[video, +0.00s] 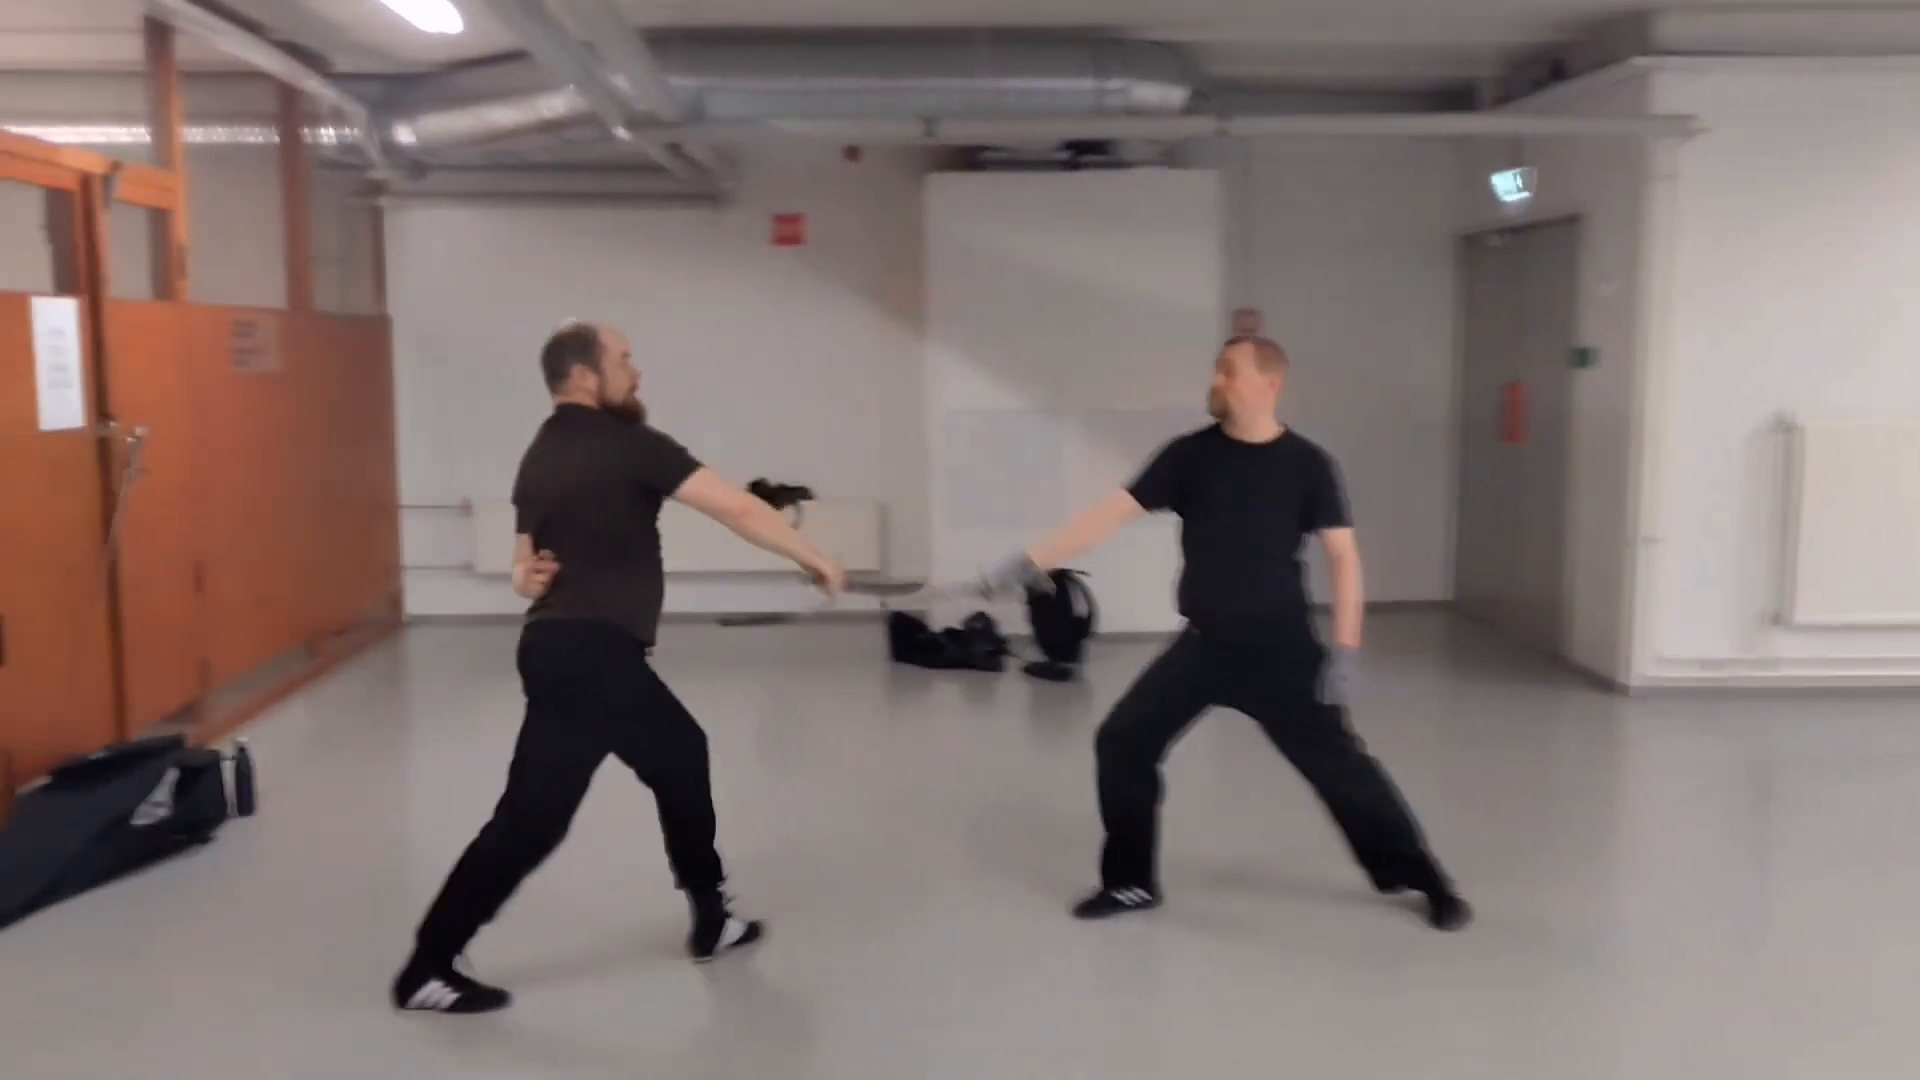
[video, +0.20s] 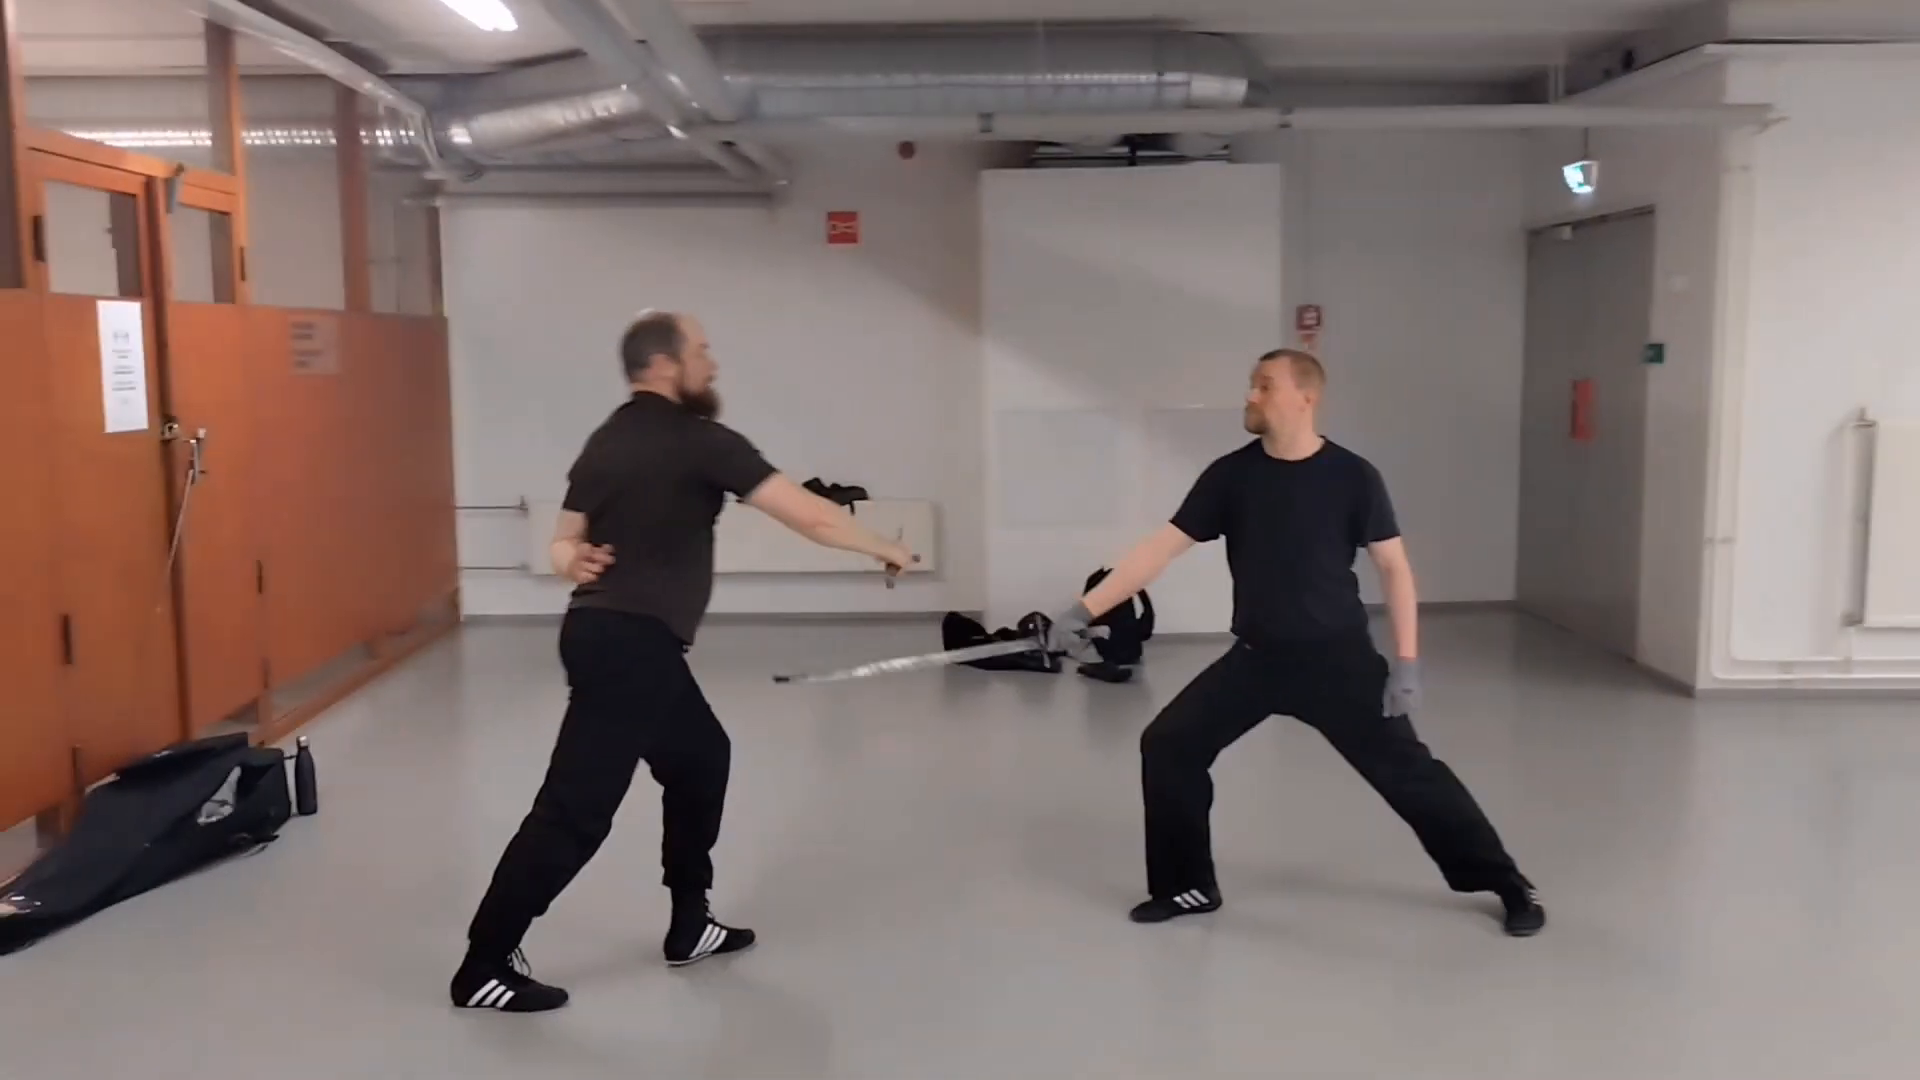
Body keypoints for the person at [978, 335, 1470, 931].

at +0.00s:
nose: (1218, 381)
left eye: (1232, 371)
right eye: (1217, 370)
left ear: (1272, 384)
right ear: (1218, 381)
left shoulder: (1307, 465)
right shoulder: (1190, 457)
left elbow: (1343, 559)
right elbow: (1107, 517)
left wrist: (1344, 654)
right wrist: (1028, 564)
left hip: (1283, 652)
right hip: (1205, 648)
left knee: (1341, 765)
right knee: (1122, 743)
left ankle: (1427, 881)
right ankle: (1131, 884)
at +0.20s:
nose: (1251, 397)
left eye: (1264, 386)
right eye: (1251, 387)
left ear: (1307, 398)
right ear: (1262, 399)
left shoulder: (1352, 478)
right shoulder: (1231, 476)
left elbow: (1396, 573)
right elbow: (1161, 547)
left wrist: (1406, 666)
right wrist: (1083, 611)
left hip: (1338, 664)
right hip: (1255, 662)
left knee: (1410, 774)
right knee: (1169, 744)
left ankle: (1510, 886)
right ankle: (1190, 886)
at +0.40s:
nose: (1294, 391)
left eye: (1309, 381)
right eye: (1295, 381)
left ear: (1350, 401)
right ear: (1298, 396)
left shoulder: (1385, 482)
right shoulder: (1263, 473)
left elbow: (1426, 576)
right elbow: (1198, 548)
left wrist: (1436, 668)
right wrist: (1122, 613)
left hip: (1361, 665)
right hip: (1277, 662)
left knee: (1434, 776)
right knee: (1190, 746)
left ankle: (1532, 882)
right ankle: (1212, 886)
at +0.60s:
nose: (1332, 378)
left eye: (1349, 371)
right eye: (1335, 368)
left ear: (1387, 390)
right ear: (1334, 385)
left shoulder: (1414, 474)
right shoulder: (1292, 457)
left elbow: (1446, 572)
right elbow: (1229, 537)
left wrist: (1452, 662)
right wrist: (1162, 604)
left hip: (1374, 656)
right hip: (1291, 651)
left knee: (1439, 772)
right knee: (1203, 740)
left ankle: (1533, 880)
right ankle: (1211, 880)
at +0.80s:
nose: (1380, 362)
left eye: (1398, 356)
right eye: (1383, 352)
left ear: (1436, 375)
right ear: (1382, 368)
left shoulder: (1457, 459)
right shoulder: (1341, 435)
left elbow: (1477, 559)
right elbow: (1281, 523)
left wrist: (1467, 653)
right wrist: (1219, 593)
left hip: (1405, 643)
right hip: (1327, 634)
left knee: (1425, 781)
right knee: (1249, 742)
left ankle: (1535, 872)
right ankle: (1203, 876)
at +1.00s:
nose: (1453, 340)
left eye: (1469, 332)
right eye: (1456, 329)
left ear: (1510, 350)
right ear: (1458, 341)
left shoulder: (1530, 435)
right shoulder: (1420, 414)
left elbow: (1540, 541)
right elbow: (1379, 504)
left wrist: (1511, 632)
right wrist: (1327, 581)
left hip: (1481, 618)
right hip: (1408, 610)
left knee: (1475, 756)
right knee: (1342, 729)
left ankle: (1526, 889)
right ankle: (1281, 860)